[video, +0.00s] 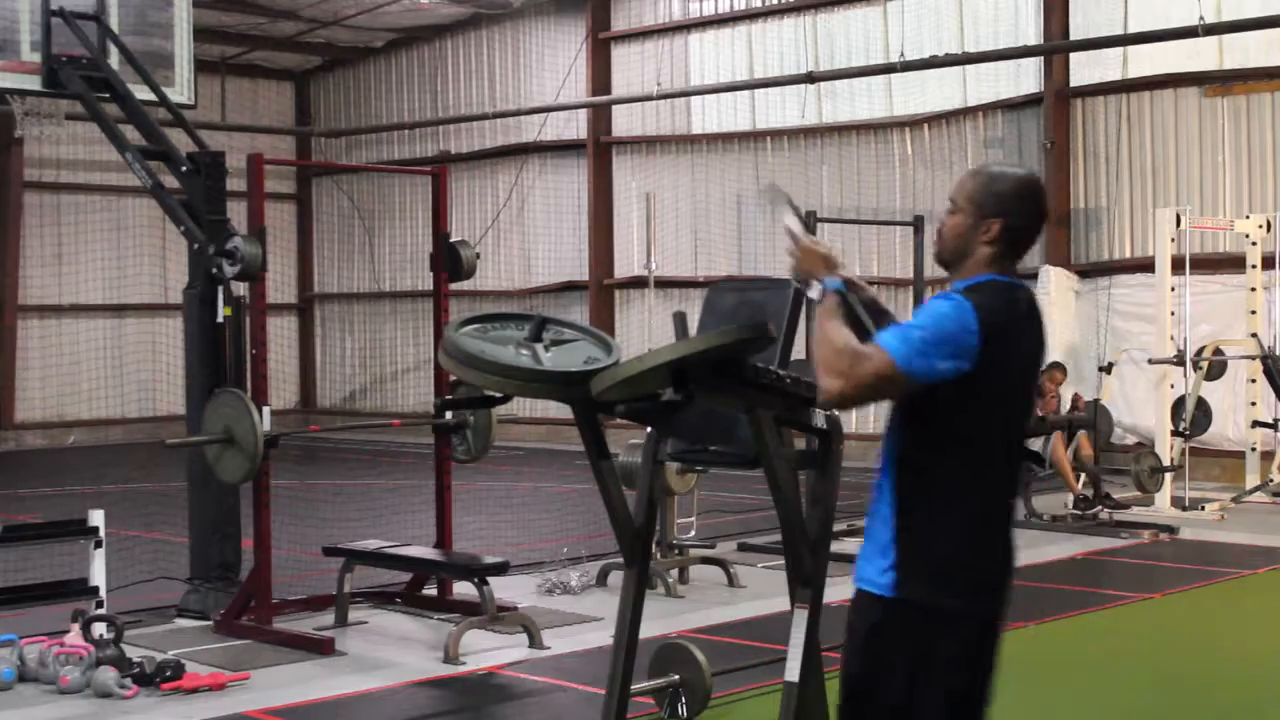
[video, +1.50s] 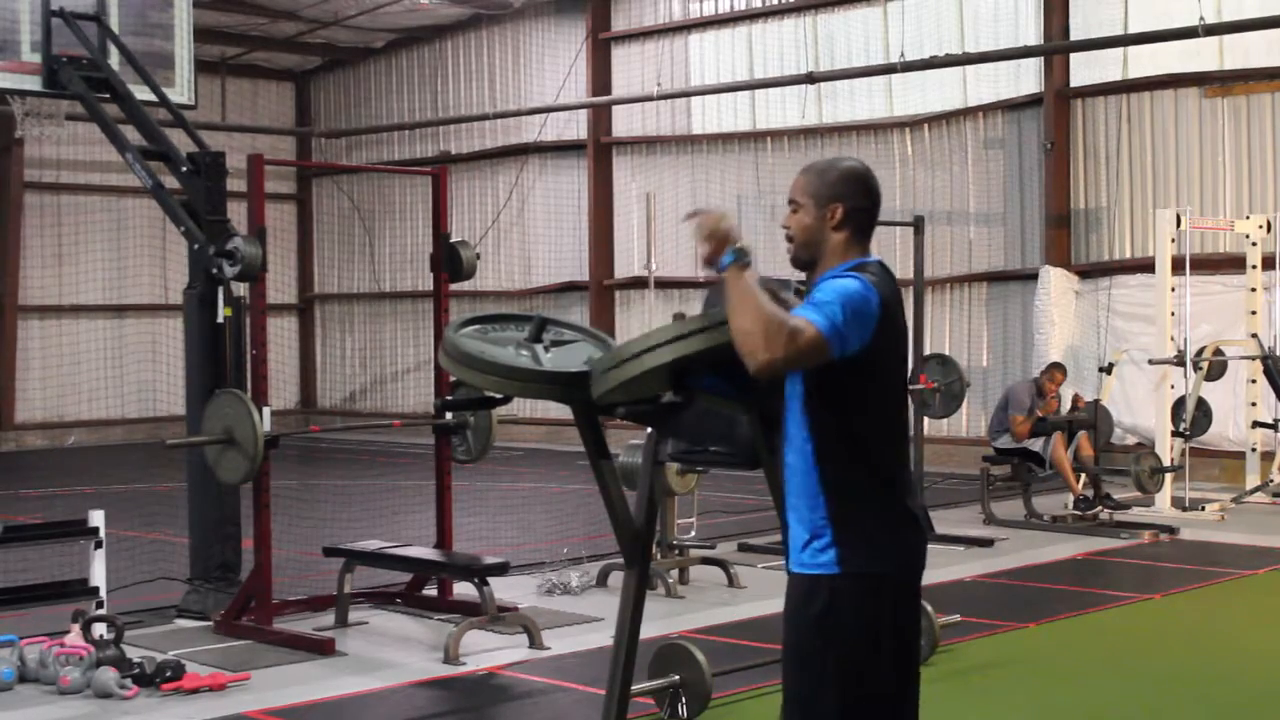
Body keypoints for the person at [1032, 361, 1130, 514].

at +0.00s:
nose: (1054, 388)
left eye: (1058, 385)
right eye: (1052, 383)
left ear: (1060, 383)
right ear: (1043, 377)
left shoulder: (1055, 395)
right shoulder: (1033, 394)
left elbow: (1059, 422)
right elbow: (1031, 424)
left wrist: (1073, 410)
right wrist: (1045, 411)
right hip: (1030, 439)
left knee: (1081, 434)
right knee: (1055, 437)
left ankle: (1099, 493)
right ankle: (1078, 496)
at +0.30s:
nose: (1054, 389)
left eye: (1058, 385)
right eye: (1052, 383)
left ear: (1061, 384)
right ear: (1042, 375)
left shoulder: (1051, 395)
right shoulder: (1020, 391)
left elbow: (1053, 425)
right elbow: (1018, 433)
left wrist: (1073, 412)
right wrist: (1043, 412)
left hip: (1028, 438)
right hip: (1004, 440)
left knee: (1080, 435)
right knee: (1054, 439)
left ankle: (1099, 493)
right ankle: (1078, 497)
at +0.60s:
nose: (1054, 388)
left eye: (1058, 385)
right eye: (1051, 382)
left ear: (1060, 385)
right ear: (1042, 374)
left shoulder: (1049, 395)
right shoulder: (1020, 391)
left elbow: (1054, 427)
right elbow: (1018, 434)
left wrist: (1073, 412)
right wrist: (1041, 411)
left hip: (1028, 438)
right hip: (1003, 439)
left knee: (1080, 435)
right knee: (1055, 439)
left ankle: (1099, 494)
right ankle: (1079, 498)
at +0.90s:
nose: (1053, 388)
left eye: (1058, 385)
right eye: (1051, 381)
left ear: (1061, 385)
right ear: (1042, 374)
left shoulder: (1050, 395)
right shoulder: (1021, 391)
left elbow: (1054, 427)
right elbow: (1018, 434)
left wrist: (1073, 411)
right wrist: (1041, 412)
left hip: (1028, 438)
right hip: (1004, 439)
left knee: (1081, 435)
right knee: (1055, 439)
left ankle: (1099, 494)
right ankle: (1079, 497)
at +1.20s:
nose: (1053, 388)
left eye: (1057, 385)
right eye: (1050, 381)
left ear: (1060, 385)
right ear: (1041, 374)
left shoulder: (1047, 395)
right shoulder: (1021, 391)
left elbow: (1050, 426)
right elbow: (1018, 434)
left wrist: (1073, 412)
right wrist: (1040, 412)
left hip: (1027, 438)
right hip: (1003, 439)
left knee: (1081, 436)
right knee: (1055, 439)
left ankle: (1099, 493)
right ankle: (1078, 497)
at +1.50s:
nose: (1053, 389)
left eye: (1058, 385)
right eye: (1051, 382)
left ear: (1061, 385)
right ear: (1042, 374)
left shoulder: (1051, 396)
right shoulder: (1020, 392)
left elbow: (1055, 428)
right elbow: (1018, 435)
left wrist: (1073, 411)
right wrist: (1040, 412)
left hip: (1029, 438)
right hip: (1004, 439)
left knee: (1080, 435)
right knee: (1055, 439)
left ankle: (1100, 494)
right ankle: (1079, 498)